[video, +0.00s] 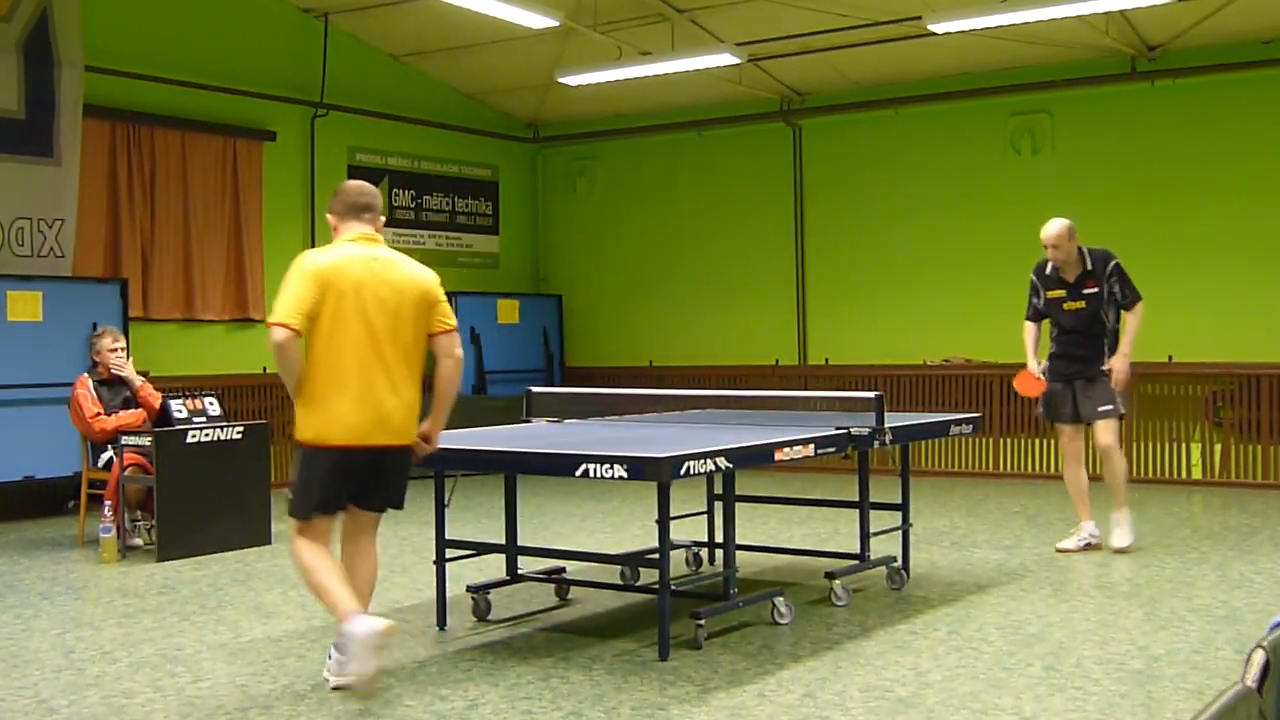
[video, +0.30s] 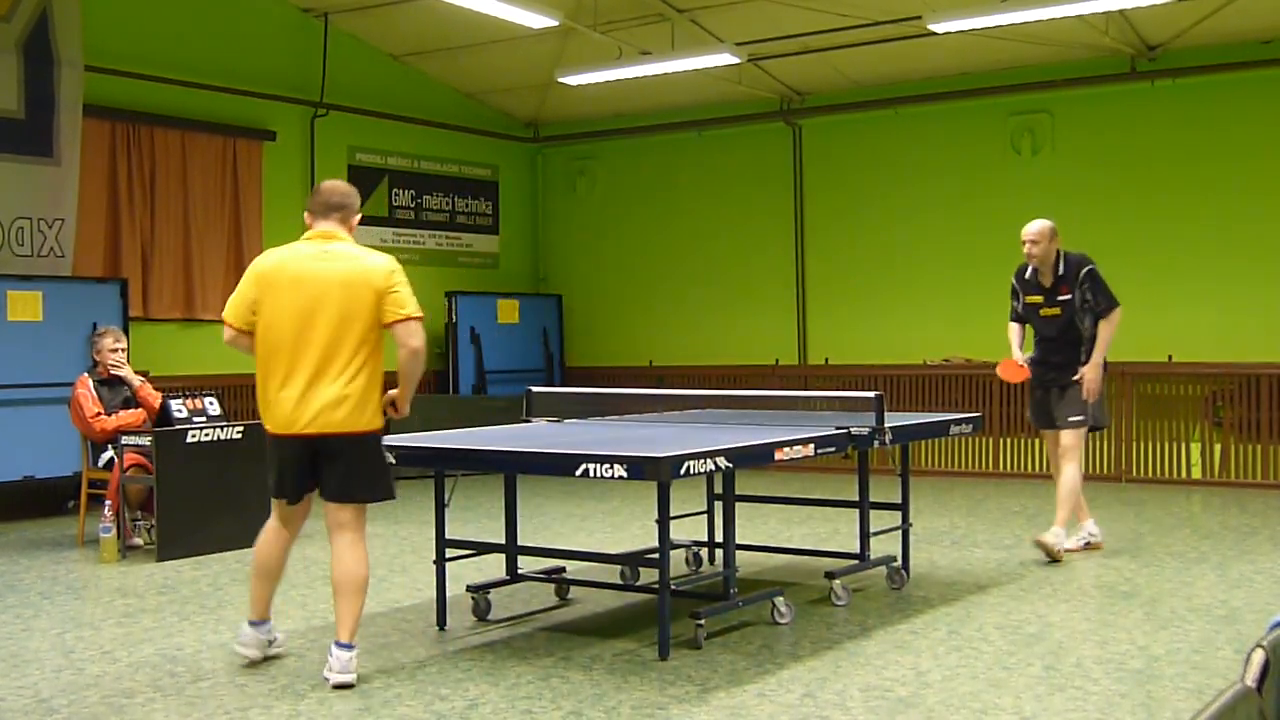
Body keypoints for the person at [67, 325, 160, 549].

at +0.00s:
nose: (120, 355)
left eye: (123, 350)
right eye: (113, 350)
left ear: (128, 354)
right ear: (96, 356)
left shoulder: (134, 380)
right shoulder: (84, 385)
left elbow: (161, 413)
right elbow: (96, 428)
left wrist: (135, 380)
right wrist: (143, 415)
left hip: (145, 445)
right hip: (110, 449)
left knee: (172, 468)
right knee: (135, 473)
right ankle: (133, 520)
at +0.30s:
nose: (120, 356)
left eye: (123, 351)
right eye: (113, 351)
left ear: (127, 354)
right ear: (96, 355)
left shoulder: (135, 381)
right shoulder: (84, 385)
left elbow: (162, 413)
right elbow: (97, 428)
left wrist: (134, 381)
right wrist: (143, 415)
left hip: (146, 444)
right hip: (111, 448)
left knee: (172, 468)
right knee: (137, 475)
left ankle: (150, 518)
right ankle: (133, 517)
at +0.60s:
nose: (121, 357)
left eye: (124, 352)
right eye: (114, 351)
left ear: (128, 354)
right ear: (97, 355)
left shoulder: (136, 382)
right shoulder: (84, 385)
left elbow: (162, 413)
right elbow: (96, 428)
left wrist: (132, 383)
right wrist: (141, 416)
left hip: (146, 446)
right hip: (111, 449)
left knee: (171, 471)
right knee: (133, 476)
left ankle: (151, 520)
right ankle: (127, 521)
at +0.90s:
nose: (120, 357)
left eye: (124, 352)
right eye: (114, 351)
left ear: (128, 354)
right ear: (97, 355)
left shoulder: (137, 382)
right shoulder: (85, 385)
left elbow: (162, 413)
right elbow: (97, 428)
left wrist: (132, 383)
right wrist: (141, 416)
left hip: (146, 447)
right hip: (111, 450)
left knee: (172, 470)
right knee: (133, 476)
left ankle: (148, 520)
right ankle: (128, 520)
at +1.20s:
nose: (120, 357)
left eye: (123, 352)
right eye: (113, 352)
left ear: (128, 355)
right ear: (97, 355)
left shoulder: (137, 382)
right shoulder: (84, 386)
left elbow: (162, 413)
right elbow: (97, 428)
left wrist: (132, 384)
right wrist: (142, 416)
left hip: (146, 447)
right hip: (111, 450)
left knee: (171, 471)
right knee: (133, 476)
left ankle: (147, 521)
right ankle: (127, 521)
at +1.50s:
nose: (120, 357)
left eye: (123, 352)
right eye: (113, 352)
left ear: (128, 354)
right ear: (97, 355)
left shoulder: (137, 382)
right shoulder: (84, 386)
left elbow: (163, 413)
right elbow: (96, 429)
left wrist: (133, 385)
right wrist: (141, 416)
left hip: (146, 446)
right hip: (111, 449)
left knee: (170, 468)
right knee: (132, 474)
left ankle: (151, 521)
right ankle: (131, 519)